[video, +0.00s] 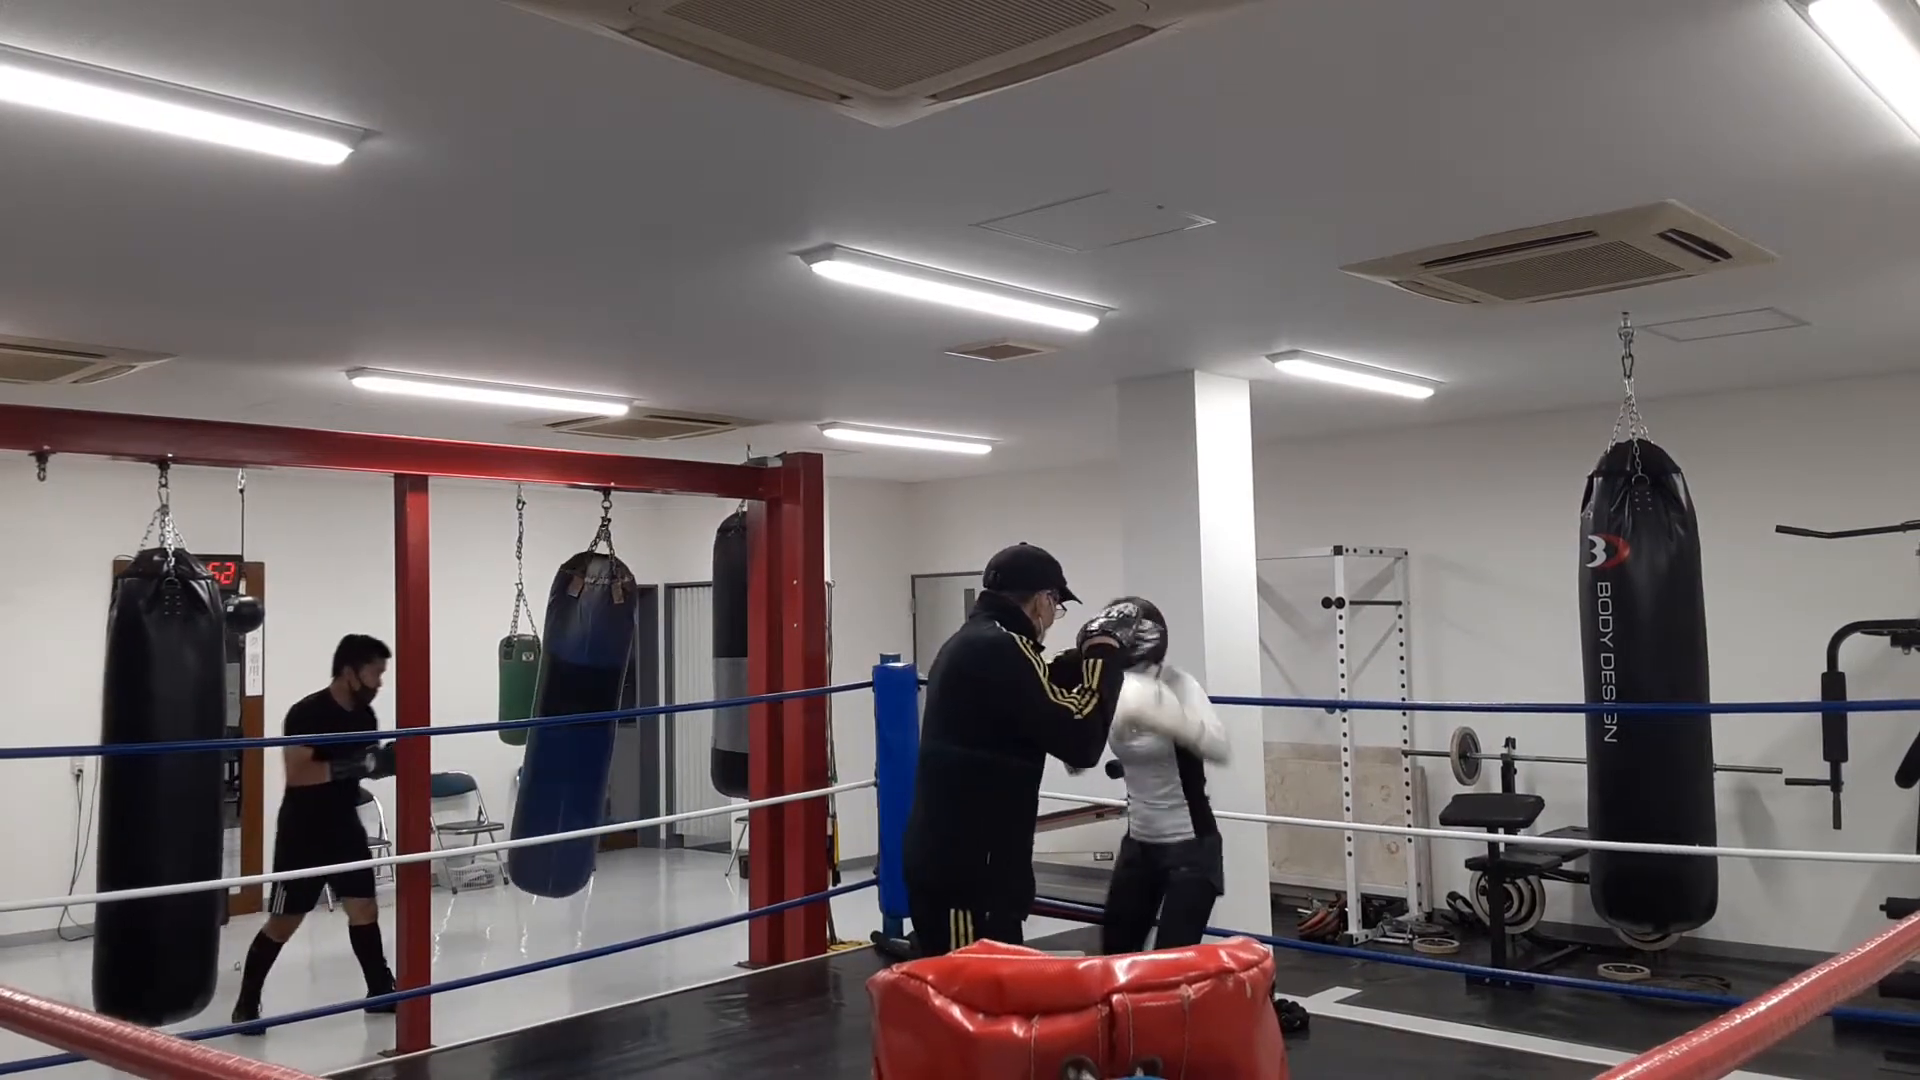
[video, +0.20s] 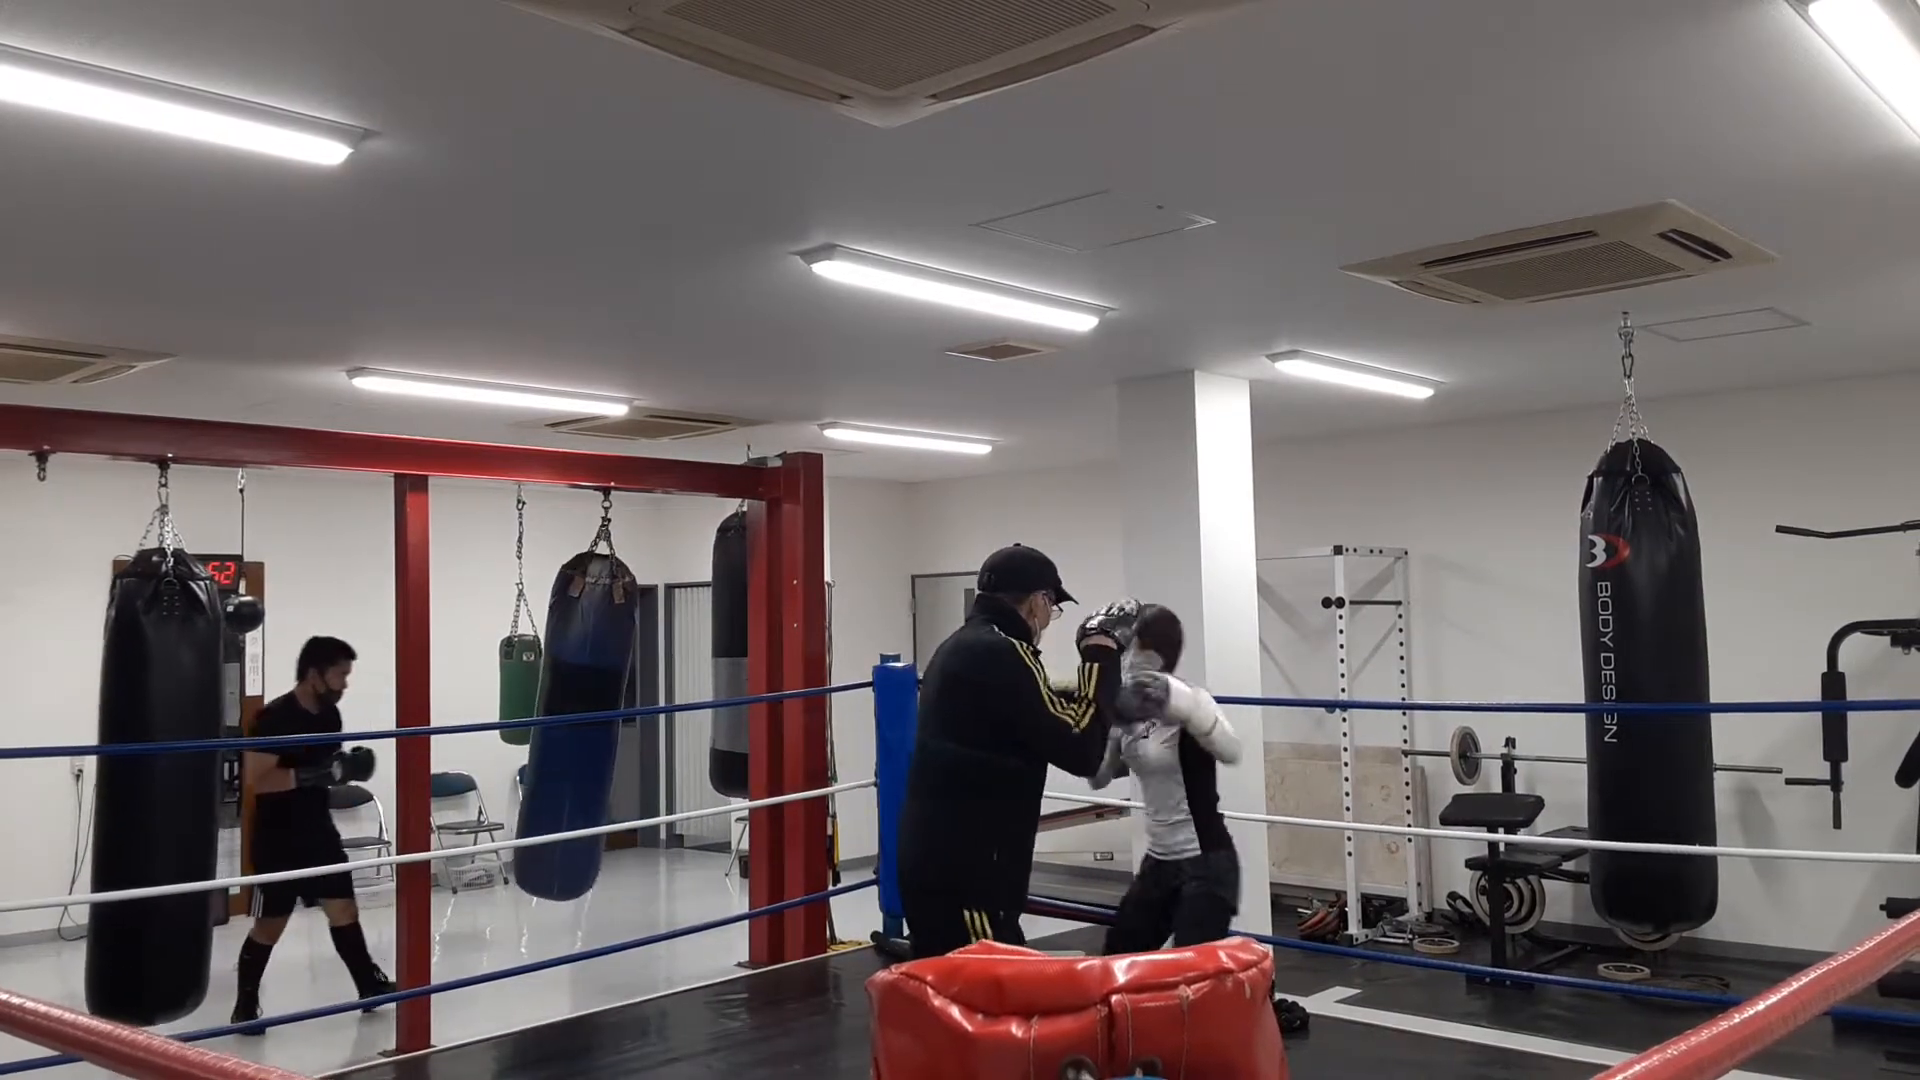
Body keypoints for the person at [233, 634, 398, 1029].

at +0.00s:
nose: (380, 683)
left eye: (381, 675)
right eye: (375, 675)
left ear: (362, 673)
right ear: (348, 671)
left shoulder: (365, 717)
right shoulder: (306, 713)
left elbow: (360, 766)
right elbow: (295, 775)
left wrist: (391, 761)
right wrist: (349, 767)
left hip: (345, 822)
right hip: (303, 825)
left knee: (363, 907)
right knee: (286, 919)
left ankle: (380, 989)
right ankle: (247, 1002)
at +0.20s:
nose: (346, 684)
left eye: (347, 676)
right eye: (340, 676)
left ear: (325, 675)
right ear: (313, 673)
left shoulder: (329, 716)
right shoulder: (273, 718)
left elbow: (317, 768)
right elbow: (256, 780)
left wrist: (349, 768)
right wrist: (314, 774)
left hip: (318, 827)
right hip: (277, 832)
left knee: (343, 908)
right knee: (272, 919)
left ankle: (369, 987)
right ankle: (246, 1005)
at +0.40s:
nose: (321, 677)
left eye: (322, 669)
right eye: (315, 669)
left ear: (298, 670)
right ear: (288, 670)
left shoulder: (312, 711)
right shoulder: (250, 718)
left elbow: (310, 759)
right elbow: (243, 782)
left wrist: (338, 758)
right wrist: (298, 769)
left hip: (306, 819)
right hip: (264, 826)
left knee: (325, 903)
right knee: (268, 915)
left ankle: (305, 990)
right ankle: (245, 1002)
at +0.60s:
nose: (315, 677)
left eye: (315, 670)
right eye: (308, 670)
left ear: (291, 673)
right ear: (280, 672)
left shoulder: (309, 711)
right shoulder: (246, 721)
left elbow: (315, 757)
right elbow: (243, 784)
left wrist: (338, 755)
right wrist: (296, 770)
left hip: (306, 820)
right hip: (265, 826)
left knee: (323, 904)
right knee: (270, 915)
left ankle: (297, 987)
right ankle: (246, 1002)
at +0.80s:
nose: (329, 679)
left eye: (330, 671)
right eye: (323, 672)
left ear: (311, 674)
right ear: (295, 672)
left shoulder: (321, 713)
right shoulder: (260, 720)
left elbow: (324, 762)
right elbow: (254, 783)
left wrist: (348, 760)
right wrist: (307, 771)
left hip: (315, 822)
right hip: (272, 827)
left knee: (341, 898)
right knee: (274, 913)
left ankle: (352, 977)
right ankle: (246, 1005)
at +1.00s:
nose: (364, 685)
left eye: (367, 677)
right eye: (357, 677)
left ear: (366, 675)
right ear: (331, 676)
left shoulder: (358, 718)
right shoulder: (295, 720)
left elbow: (355, 765)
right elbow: (282, 778)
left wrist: (370, 771)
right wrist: (332, 778)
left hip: (339, 816)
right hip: (297, 820)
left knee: (365, 889)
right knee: (285, 907)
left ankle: (371, 975)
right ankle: (252, 998)